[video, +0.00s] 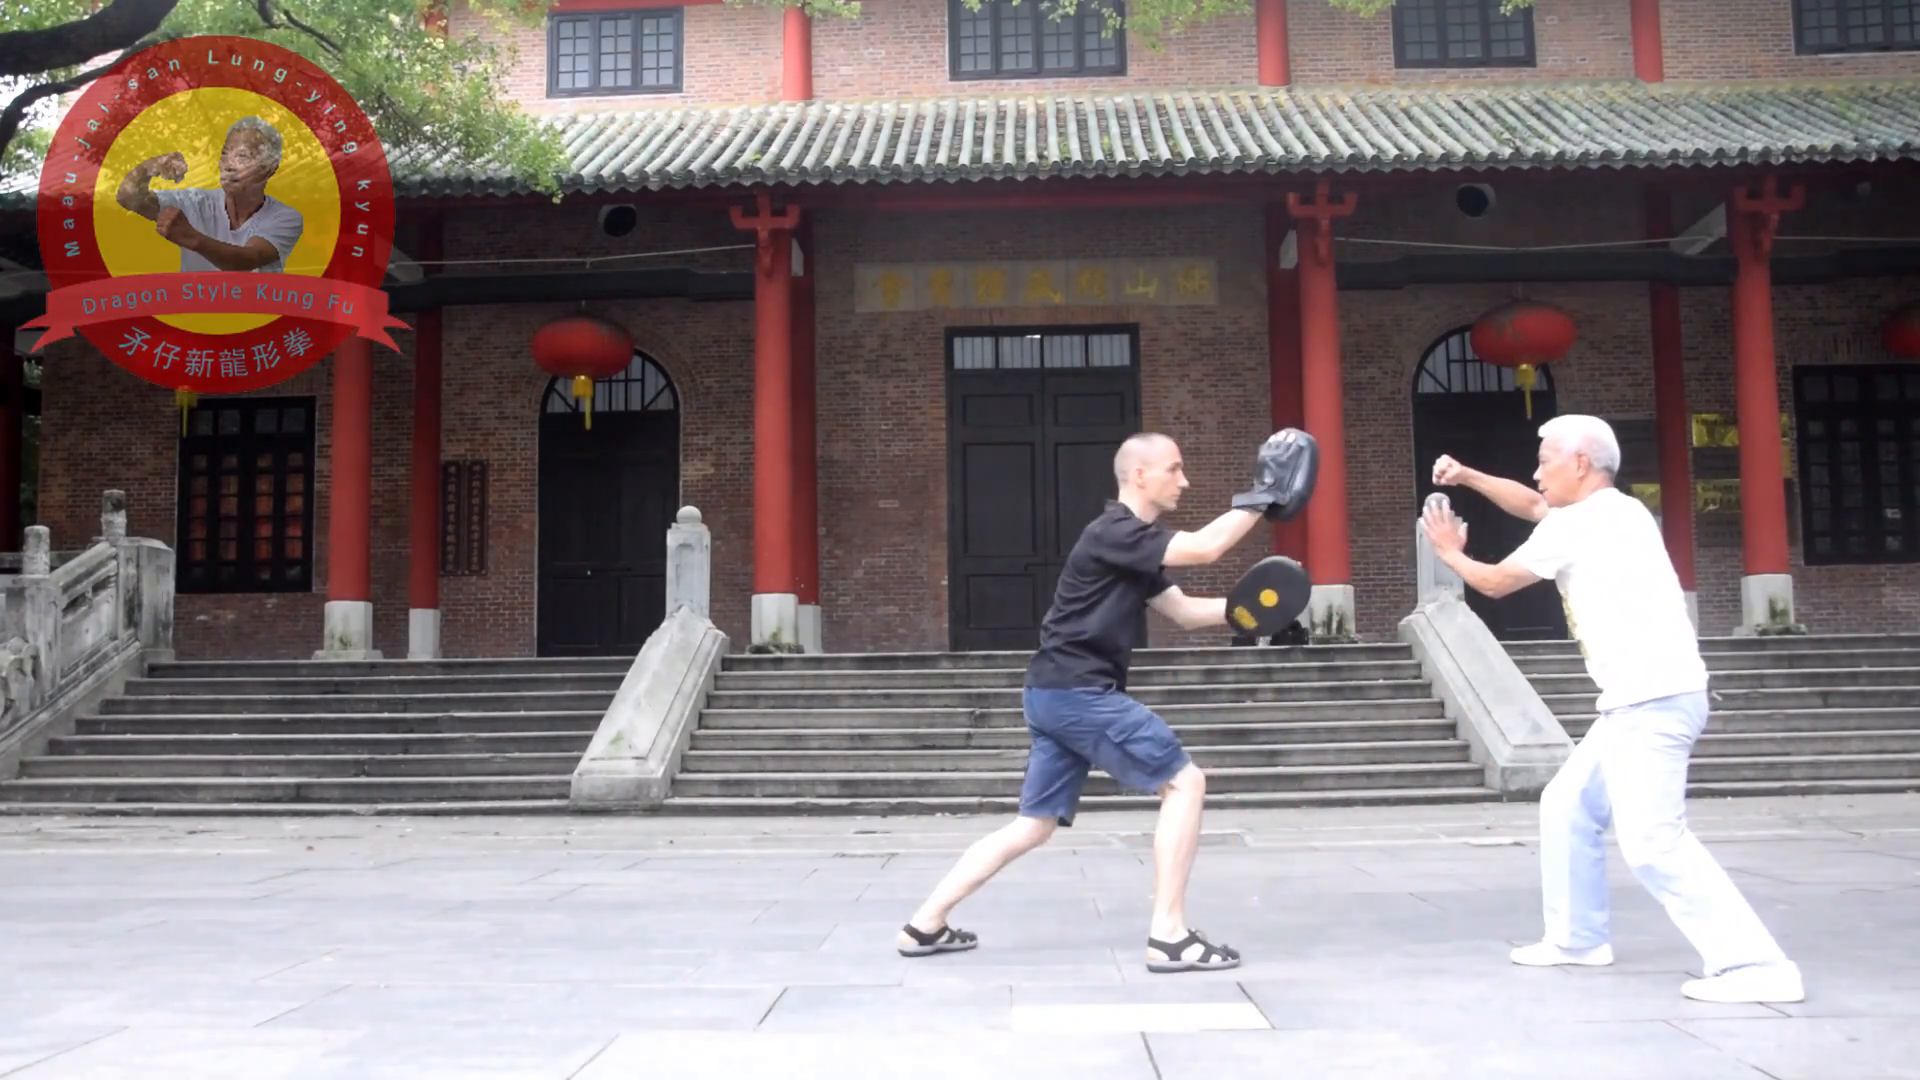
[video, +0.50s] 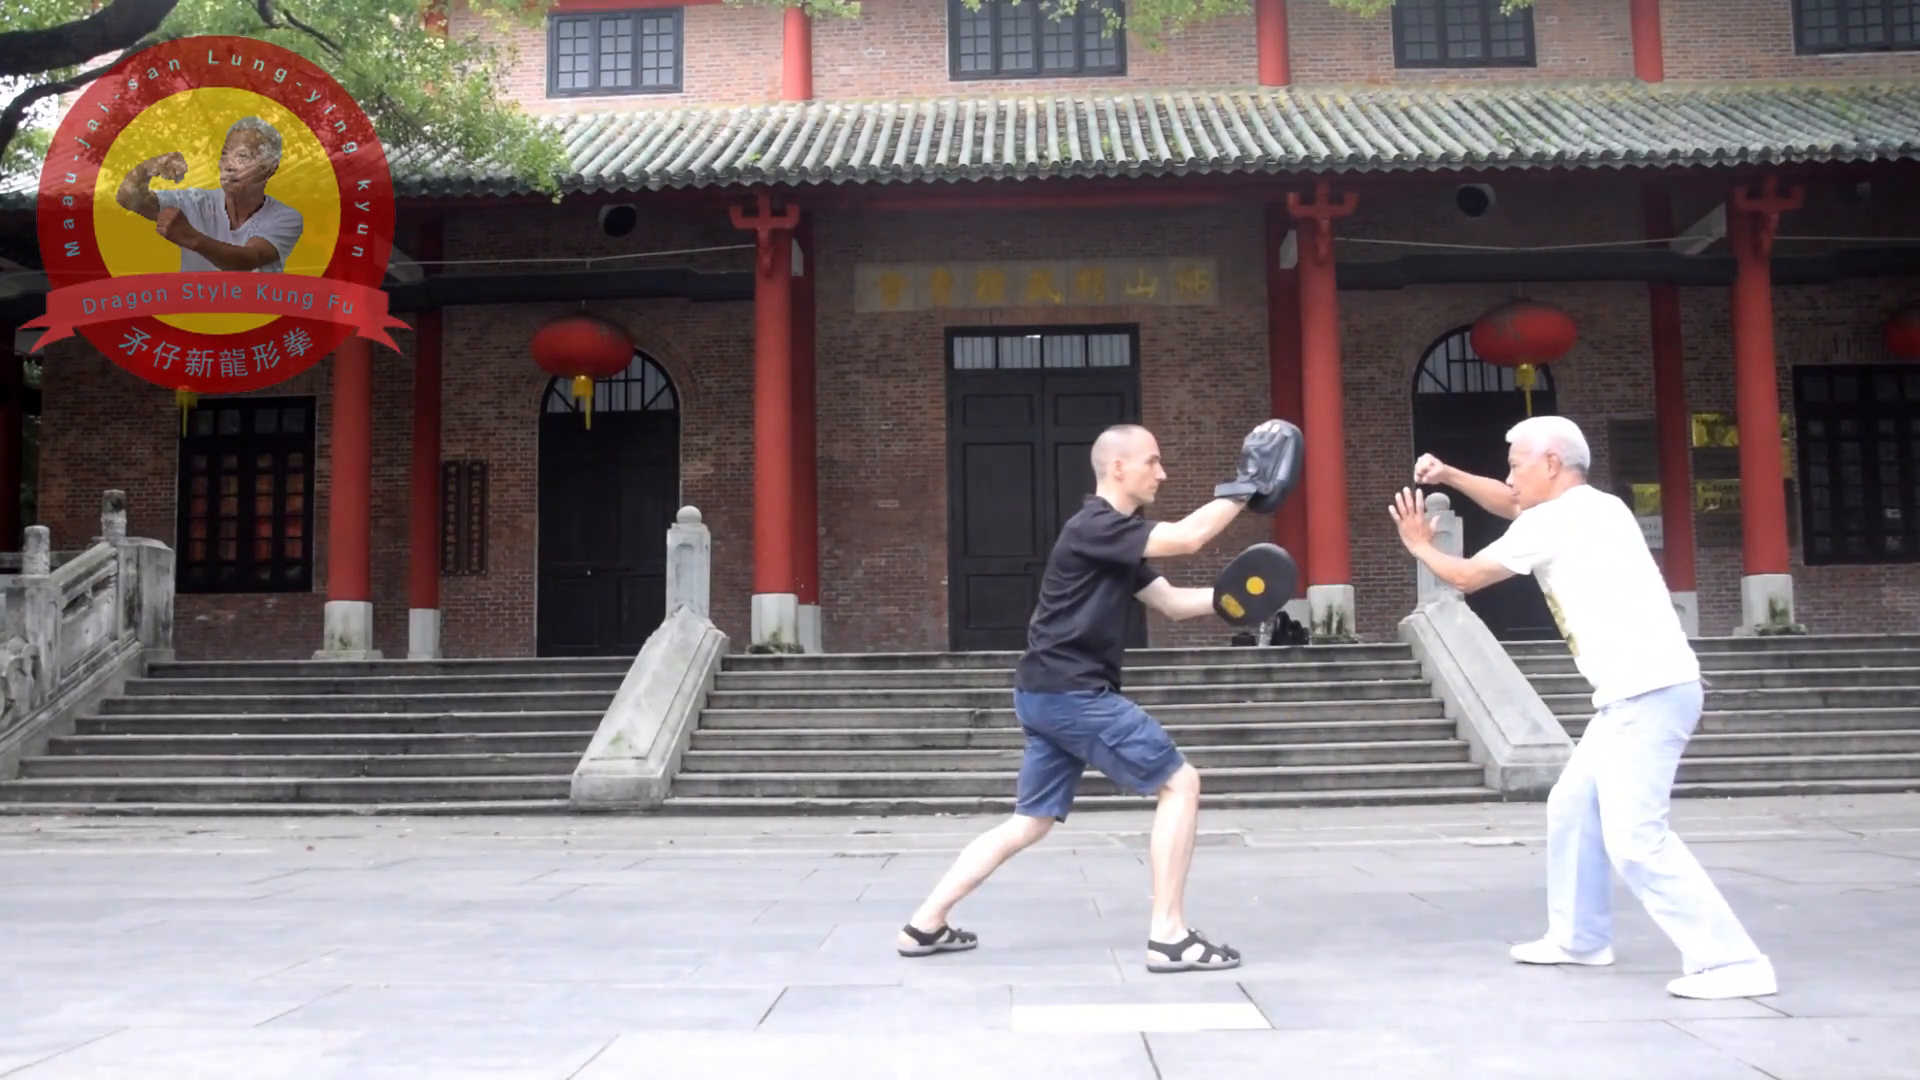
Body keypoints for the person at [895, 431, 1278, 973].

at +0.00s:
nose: (1184, 480)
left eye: (1183, 469)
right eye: (1175, 470)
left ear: (1142, 480)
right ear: (1139, 477)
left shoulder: (1125, 537)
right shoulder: (1116, 530)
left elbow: (1183, 611)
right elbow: (1205, 547)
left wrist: (1257, 609)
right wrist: (1261, 496)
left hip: (1053, 691)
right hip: (1076, 690)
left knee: (1033, 826)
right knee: (1185, 783)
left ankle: (925, 923)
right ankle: (1169, 935)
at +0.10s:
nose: (1177, 476)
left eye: (1175, 465)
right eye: (1167, 465)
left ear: (1132, 475)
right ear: (1131, 472)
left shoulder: (1116, 533)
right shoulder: (1109, 525)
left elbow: (1181, 607)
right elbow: (1199, 543)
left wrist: (1253, 604)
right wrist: (1254, 493)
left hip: (1049, 689)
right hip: (1075, 688)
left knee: (1030, 823)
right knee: (1182, 784)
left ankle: (925, 923)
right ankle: (1169, 935)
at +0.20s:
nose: (1171, 473)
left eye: (1169, 463)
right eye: (1161, 463)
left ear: (1129, 471)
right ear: (1127, 469)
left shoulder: (1115, 533)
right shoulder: (1104, 525)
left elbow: (1177, 602)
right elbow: (1197, 538)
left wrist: (1249, 601)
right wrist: (1253, 484)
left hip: (1050, 689)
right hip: (1073, 688)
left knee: (1032, 820)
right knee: (1181, 783)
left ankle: (925, 923)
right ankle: (1169, 934)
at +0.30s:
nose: (1167, 472)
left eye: (1164, 462)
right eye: (1157, 462)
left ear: (1124, 471)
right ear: (1123, 469)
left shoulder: (1109, 531)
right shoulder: (1101, 524)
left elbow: (1175, 602)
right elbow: (1193, 537)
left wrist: (1249, 598)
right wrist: (1248, 484)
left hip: (1047, 689)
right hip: (1074, 689)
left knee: (1031, 822)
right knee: (1181, 783)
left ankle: (925, 924)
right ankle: (1169, 935)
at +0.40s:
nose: (1163, 472)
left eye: (1161, 462)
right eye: (1153, 462)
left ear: (1122, 470)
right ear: (1120, 468)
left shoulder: (1108, 532)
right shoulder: (1098, 524)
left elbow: (1172, 600)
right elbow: (1190, 537)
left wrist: (1242, 596)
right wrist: (1247, 484)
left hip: (1047, 690)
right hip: (1072, 690)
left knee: (1030, 822)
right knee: (1181, 784)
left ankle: (925, 924)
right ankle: (1169, 936)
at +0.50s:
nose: (1161, 473)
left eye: (1160, 462)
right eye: (1152, 462)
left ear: (1119, 470)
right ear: (1117, 468)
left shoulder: (1109, 532)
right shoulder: (1096, 525)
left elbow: (1170, 600)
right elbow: (1188, 537)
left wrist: (1242, 596)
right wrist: (1246, 485)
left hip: (1046, 691)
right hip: (1070, 690)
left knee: (1030, 822)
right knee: (1180, 784)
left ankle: (925, 923)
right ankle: (1169, 936)